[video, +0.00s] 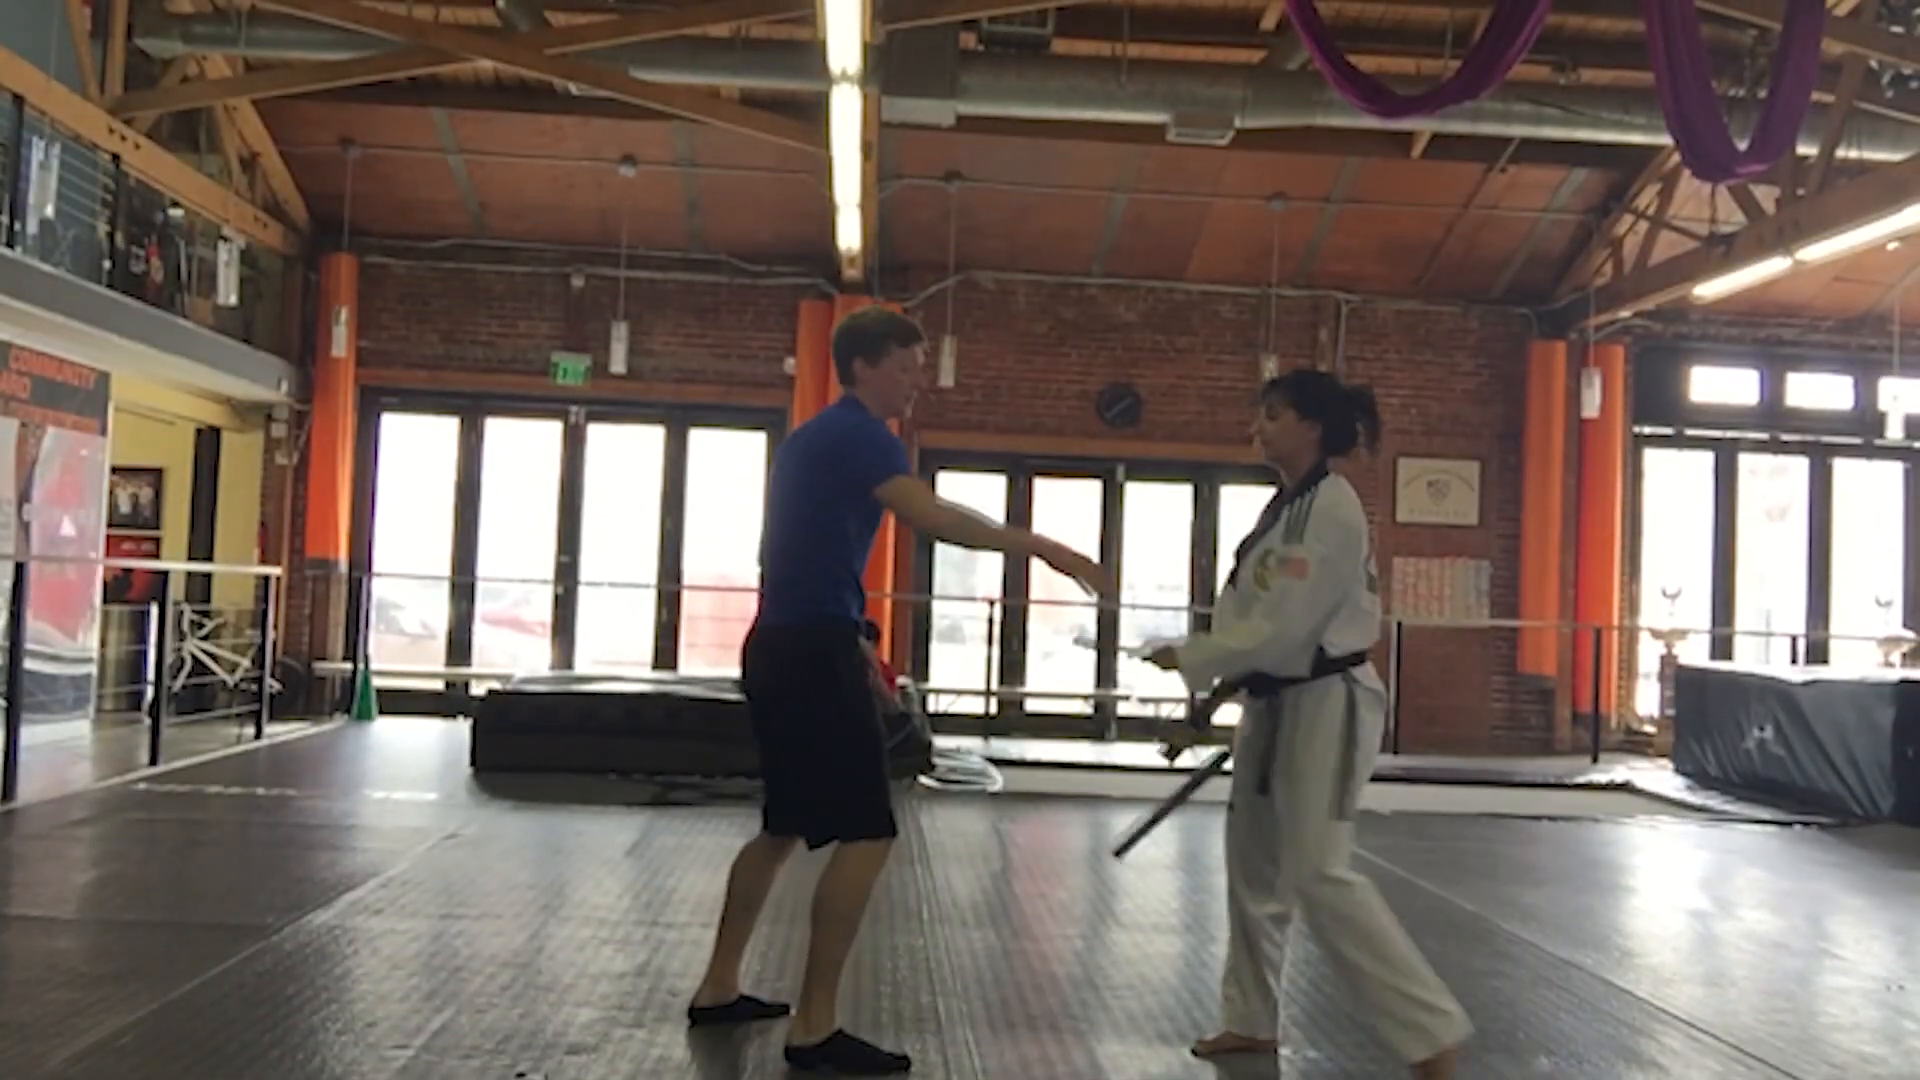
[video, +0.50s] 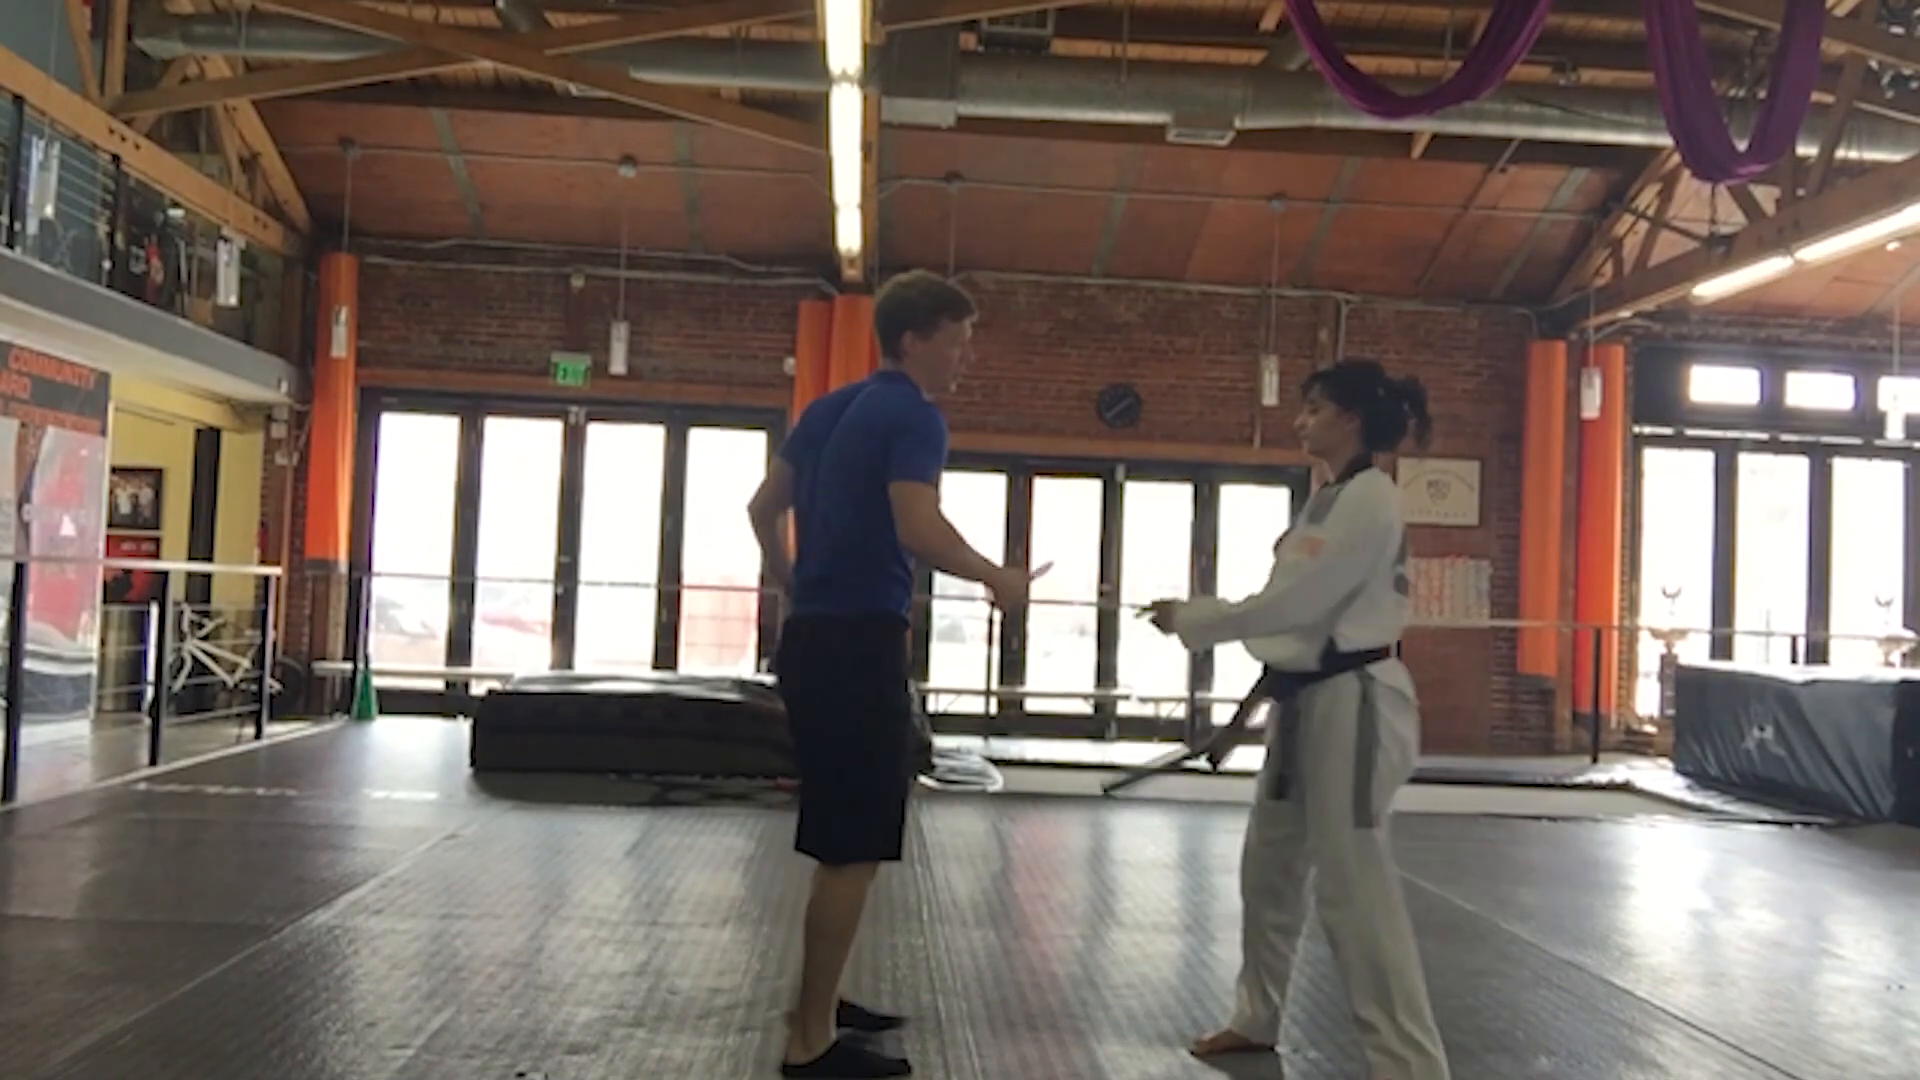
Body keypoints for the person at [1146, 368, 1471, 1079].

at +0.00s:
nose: (1257, 427)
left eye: (1273, 416)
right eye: (1260, 415)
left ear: (1317, 430)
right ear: (1295, 433)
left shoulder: (1331, 507)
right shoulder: (1285, 511)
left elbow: (1286, 625)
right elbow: (1241, 607)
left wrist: (1192, 655)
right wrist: (1197, 655)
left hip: (1329, 702)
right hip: (1276, 701)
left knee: (1317, 868)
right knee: (1253, 863)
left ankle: (1433, 1032)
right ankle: (1251, 1023)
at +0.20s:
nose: (1269, 422)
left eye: (1284, 411)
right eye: (1272, 410)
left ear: (1323, 425)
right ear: (1310, 428)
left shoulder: (1325, 499)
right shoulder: (1304, 501)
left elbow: (1259, 612)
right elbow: (1250, 612)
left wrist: (1149, 622)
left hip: (1316, 694)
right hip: (1283, 694)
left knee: (1266, 866)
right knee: (1245, 863)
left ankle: (1377, 1031)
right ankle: (1250, 1023)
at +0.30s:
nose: (1279, 421)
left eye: (1294, 411)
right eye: (1282, 410)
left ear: (1334, 425)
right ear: (1323, 428)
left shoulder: (1330, 500)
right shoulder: (1323, 498)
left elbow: (1258, 608)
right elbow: (1282, 615)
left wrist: (1154, 622)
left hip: (1317, 697)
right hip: (1287, 695)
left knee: (1282, 869)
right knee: (1249, 865)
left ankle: (1391, 1041)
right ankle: (1253, 1023)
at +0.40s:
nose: (1290, 420)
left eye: (1305, 409)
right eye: (1293, 408)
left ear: (1344, 423)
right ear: (1332, 426)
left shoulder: (1346, 498)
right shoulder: (1323, 498)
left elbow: (1275, 603)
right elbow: (1274, 607)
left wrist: (1162, 617)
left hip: (1333, 700)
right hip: (1297, 699)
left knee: (1316, 873)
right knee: (1259, 862)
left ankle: (1405, 1056)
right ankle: (1256, 1022)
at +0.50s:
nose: (1301, 419)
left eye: (1318, 409)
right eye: (1304, 407)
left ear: (1359, 424)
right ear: (1326, 422)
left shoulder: (1369, 496)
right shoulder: (1321, 500)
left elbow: (1307, 601)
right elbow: (1288, 607)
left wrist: (1194, 619)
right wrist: (1263, 691)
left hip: (1355, 699)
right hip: (1305, 698)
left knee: (1353, 880)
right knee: (1271, 862)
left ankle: (1408, 1062)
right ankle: (1256, 1022)